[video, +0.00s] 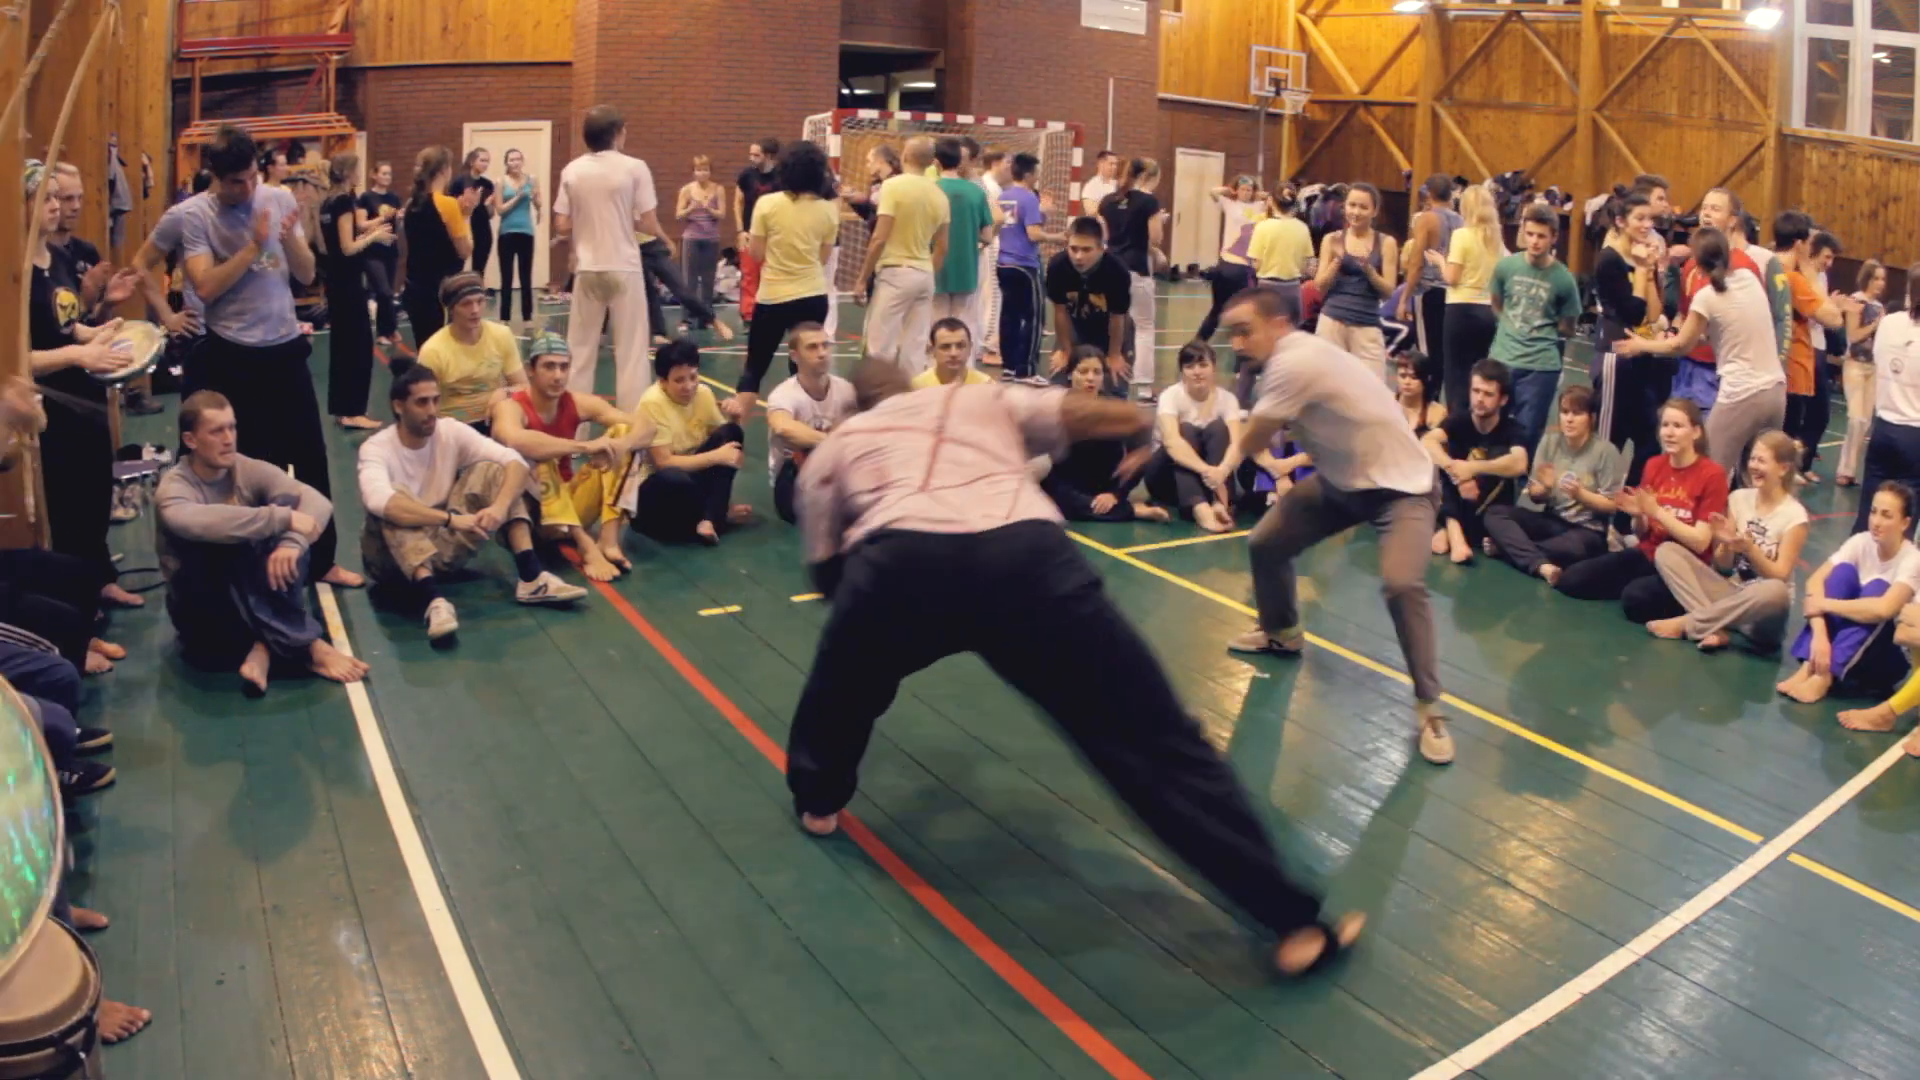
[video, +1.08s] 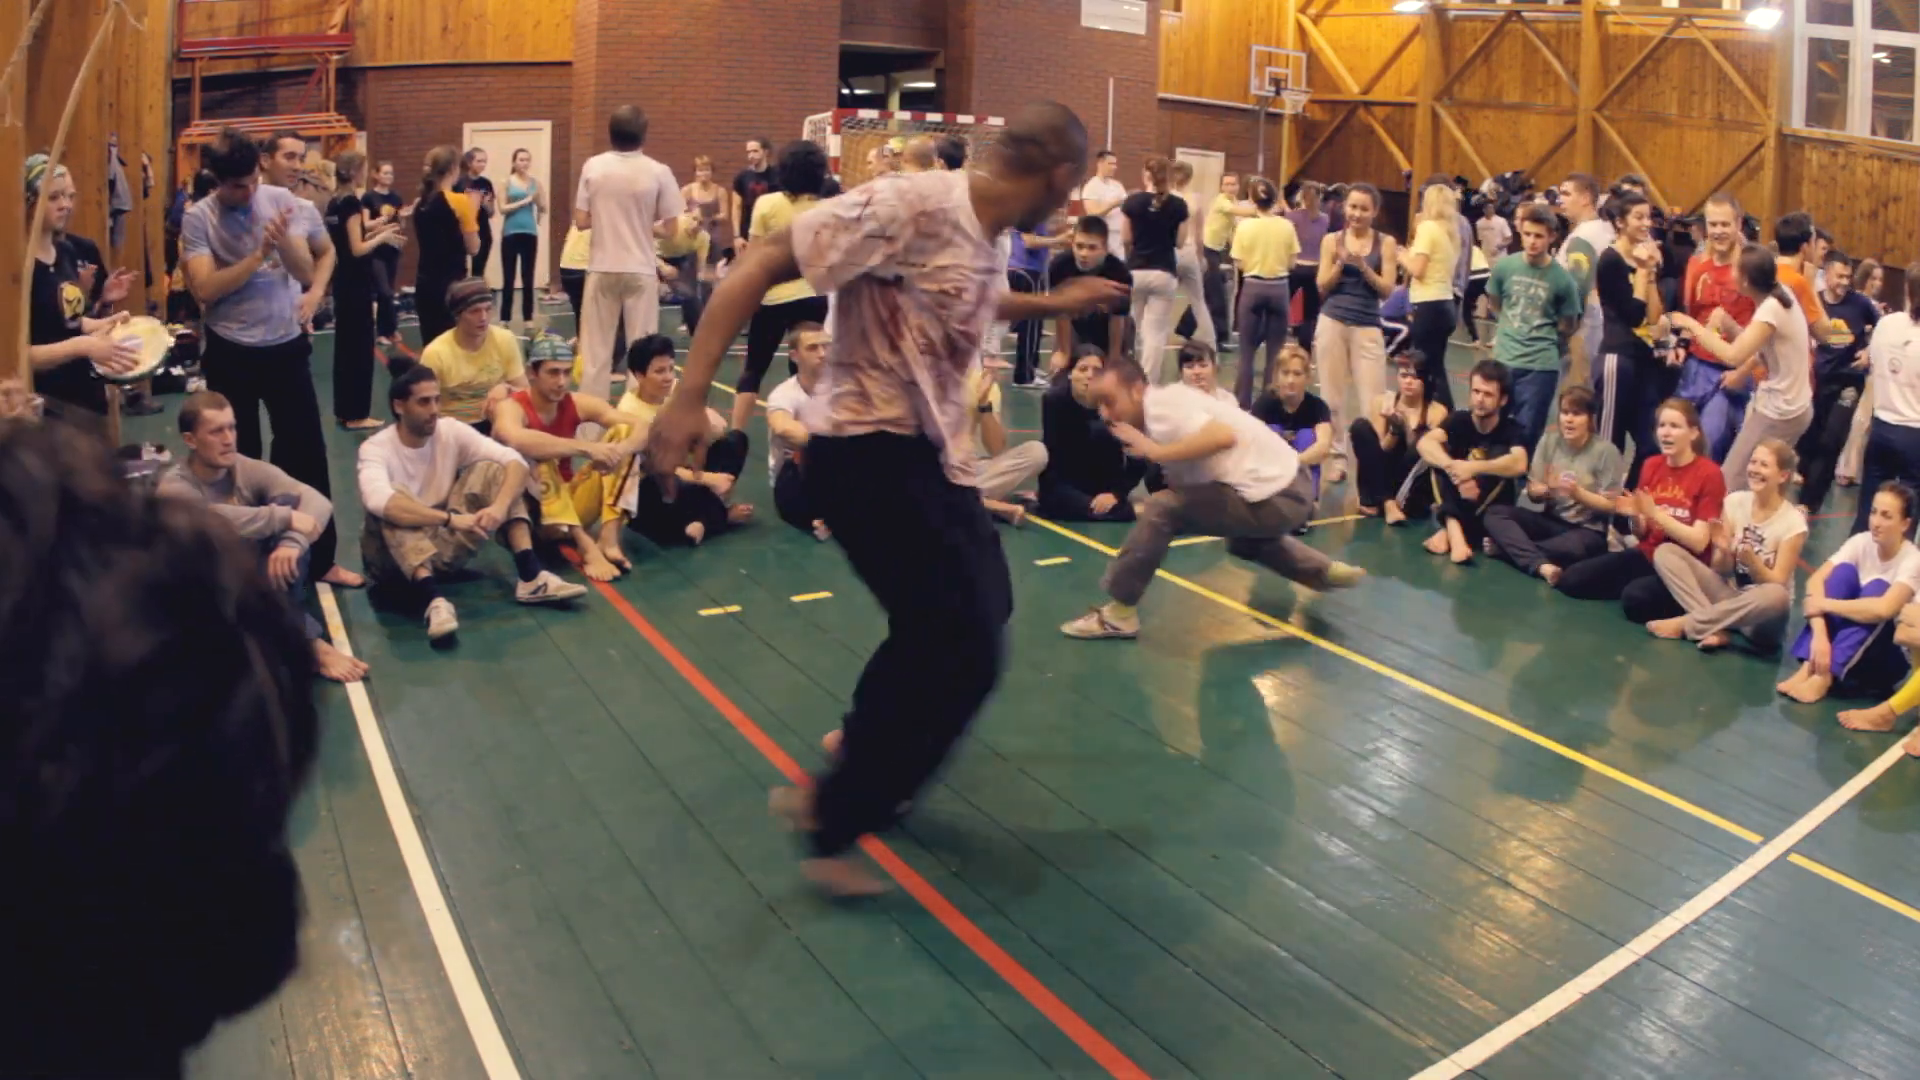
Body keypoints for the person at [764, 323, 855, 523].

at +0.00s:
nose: (822, 354)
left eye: (825, 346)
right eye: (812, 348)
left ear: (831, 348)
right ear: (794, 355)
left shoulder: (846, 390)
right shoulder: (783, 394)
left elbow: (860, 430)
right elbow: (782, 428)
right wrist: (833, 442)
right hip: (796, 472)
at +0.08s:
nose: (822, 354)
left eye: (825, 346)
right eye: (812, 348)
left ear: (831, 349)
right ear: (794, 354)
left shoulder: (842, 389)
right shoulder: (783, 394)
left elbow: (886, 417)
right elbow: (782, 428)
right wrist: (842, 443)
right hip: (797, 494)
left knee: (876, 431)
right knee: (804, 454)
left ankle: (841, 511)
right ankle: (851, 512)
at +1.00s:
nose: (822, 355)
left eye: (826, 347)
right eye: (813, 348)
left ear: (832, 350)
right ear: (794, 355)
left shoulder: (848, 392)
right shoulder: (783, 394)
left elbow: (878, 416)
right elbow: (782, 428)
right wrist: (840, 443)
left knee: (867, 447)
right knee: (807, 455)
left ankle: (838, 516)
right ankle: (848, 512)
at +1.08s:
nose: (822, 355)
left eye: (825, 347)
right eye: (812, 348)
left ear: (832, 348)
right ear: (794, 354)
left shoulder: (839, 388)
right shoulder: (783, 393)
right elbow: (781, 426)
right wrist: (821, 445)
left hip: (834, 459)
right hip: (795, 461)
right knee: (791, 499)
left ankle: (831, 519)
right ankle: (816, 522)